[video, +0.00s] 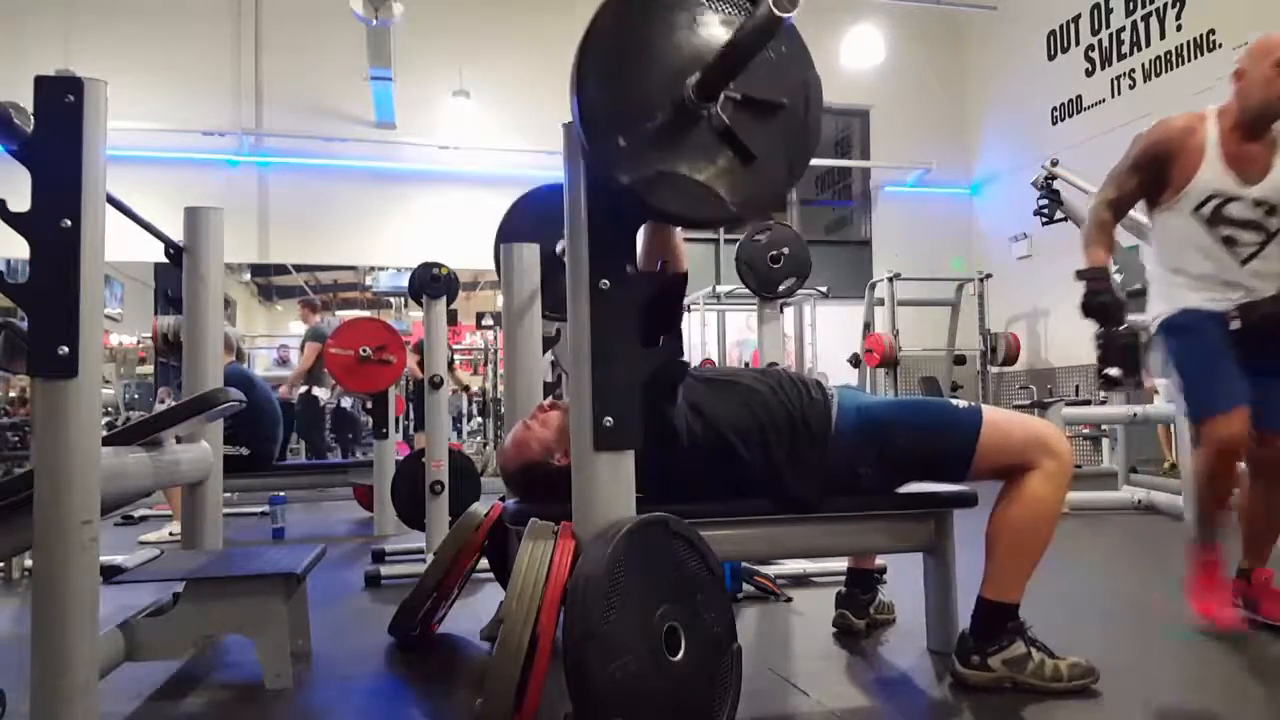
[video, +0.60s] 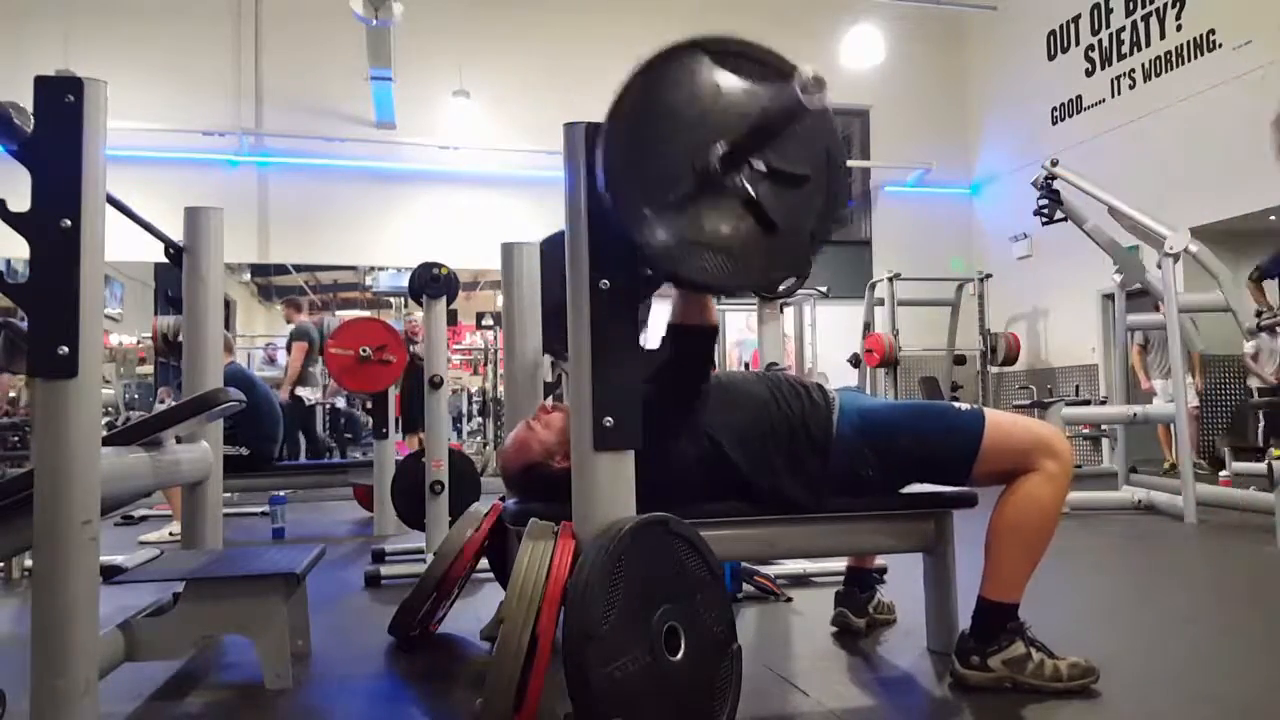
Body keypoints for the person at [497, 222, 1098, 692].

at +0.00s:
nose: (544, 406)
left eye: (533, 411)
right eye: (536, 425)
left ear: (556, 445)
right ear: (558, 460)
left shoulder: (611, 417)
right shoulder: (622, 431)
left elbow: (653, 289)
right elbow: (662, 290)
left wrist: (660, 177)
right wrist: (658, 173)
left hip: (811, 418)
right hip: (837, 431)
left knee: (906, 432)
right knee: (1049, 450)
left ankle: (861, 596)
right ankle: (992, 642)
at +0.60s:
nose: (544, 412)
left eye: (533, 414)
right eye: (537, 430)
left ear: (550, 430)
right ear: (556, 467)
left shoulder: (604, 433)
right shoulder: (633, 452)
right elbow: (693, 325)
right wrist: (700, 220)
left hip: (805, 429)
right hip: (835, 437)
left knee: (903, 450)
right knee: (1049, 450)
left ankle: (860, 592)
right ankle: (993, 642)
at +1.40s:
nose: (544, 407)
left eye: (532, 414)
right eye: (537, 426)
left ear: (552, 426)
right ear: (554, 459)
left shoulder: (609, 427)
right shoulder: (622, 453)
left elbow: (664, 388)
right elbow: (766, 466)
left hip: (794, 434)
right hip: (831, 448)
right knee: (1053, 455)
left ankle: (856, 592)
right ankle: (992, 638)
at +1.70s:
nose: (544, 409)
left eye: (533, 416)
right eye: (537, 428)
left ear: (553, 437)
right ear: (556, 458)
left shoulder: (612, 427)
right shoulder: (627, 444)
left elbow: (667, 388)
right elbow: (761, 468)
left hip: (797, 441)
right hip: (827, 452)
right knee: (1053, 455)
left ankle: (856, 596)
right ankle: (993, 640)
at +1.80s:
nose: (545, 408)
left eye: (534, 415)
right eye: (538, 426)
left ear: (554, 437)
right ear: (556, 458)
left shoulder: (615, 426)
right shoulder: (629, 445)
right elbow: (762, 464)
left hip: (805, 432)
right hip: (837, 437)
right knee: (1053, 455)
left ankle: (856, 595)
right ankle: (993, 639)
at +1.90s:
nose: (542, 407)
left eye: (531, 416)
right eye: (536, 424)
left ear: (550, 436)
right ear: (553, 453)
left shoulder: (612, 420)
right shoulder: (621, 450)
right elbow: (746, 451)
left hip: (799, 424)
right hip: (832, 433)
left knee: (890, 446)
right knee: (1052, 455)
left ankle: (855, 597)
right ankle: (993, 640)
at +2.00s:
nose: (531, 423)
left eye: (523, 425)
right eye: (526, 433)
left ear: (538, 438)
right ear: (545, 458)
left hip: (758, 436)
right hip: (813, 437)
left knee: (890, 423)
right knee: (1051, 454)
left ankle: (858, 594)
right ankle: (992, 644)